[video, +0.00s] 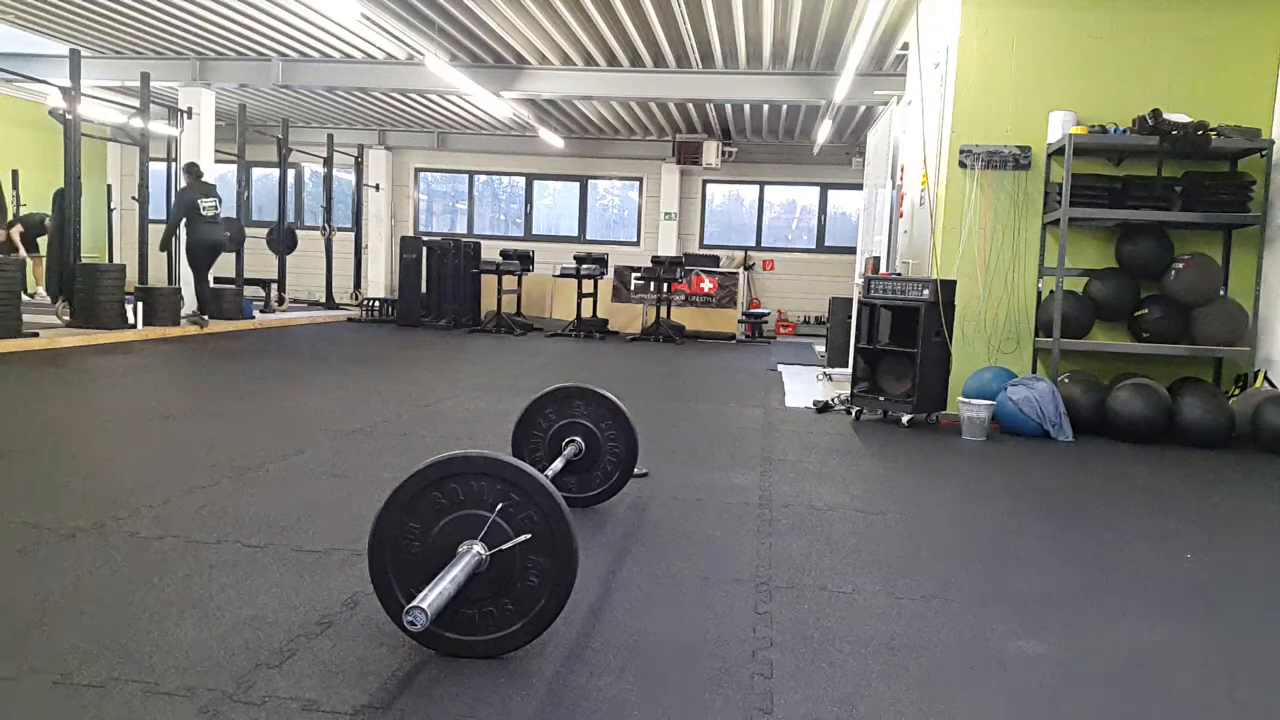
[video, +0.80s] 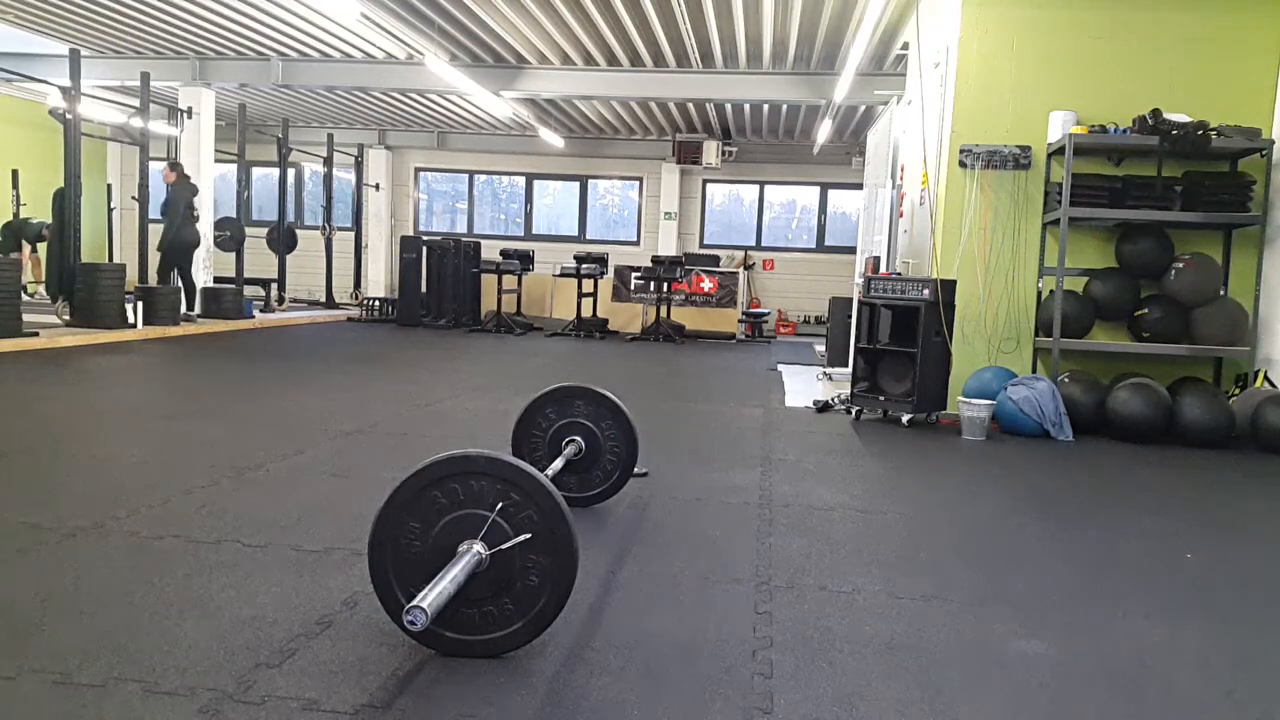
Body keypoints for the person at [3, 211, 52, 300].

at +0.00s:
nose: (50, 231)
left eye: (52, 230)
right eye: (51, 229)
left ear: (49, 223)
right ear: (48, 223)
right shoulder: (34, 222)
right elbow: (13, 231)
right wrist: (21, 249)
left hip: (28, 236)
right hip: (12, 234)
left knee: (37, 260)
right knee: (16, 261)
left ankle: (40, 290)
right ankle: (18, 292)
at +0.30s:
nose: (51, 231)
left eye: (53, 229)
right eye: (51, 228)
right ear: (47, 223)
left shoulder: (50, 224)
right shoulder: (31, 222)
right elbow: (20, 239)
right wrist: (22, 259)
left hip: (29, 235)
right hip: (11, 233)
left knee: (38, 261)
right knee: (17, 261)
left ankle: (40, 291)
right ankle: (17, 291)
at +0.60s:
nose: (51, 233)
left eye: (53, 231)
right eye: (51, 230)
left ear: (47, 224)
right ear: (47, 225)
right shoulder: (30, 226)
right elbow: (23, 249)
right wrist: (23, 270)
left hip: (27, 234)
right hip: (10, 232)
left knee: (37, 260)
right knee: (16, 260)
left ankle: (40, 289)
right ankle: (18, 291)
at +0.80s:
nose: (50, 238)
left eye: (52, 236)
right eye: (50, 236)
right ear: (47, 231)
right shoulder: (30, 232)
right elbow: (24, 258)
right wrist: (24, 277)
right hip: (9, 232)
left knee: (36, 260)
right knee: (18, 261)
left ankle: (40, 289)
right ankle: (19, 291)